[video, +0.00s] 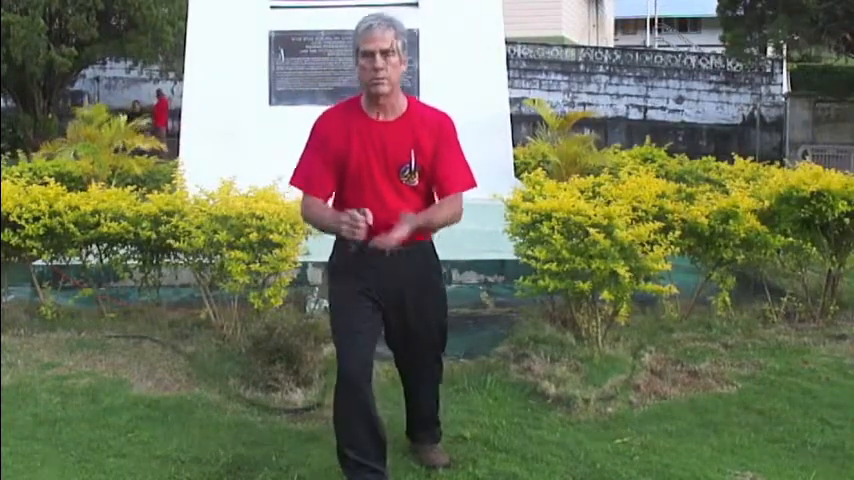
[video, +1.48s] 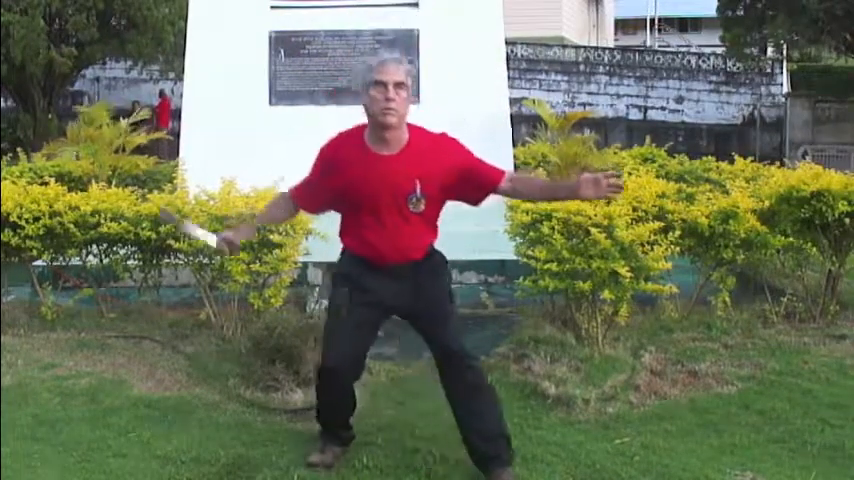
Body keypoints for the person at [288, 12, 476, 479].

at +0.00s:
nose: (377, 65)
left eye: (387, 55)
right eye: (367, 56)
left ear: (403, 62)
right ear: (355, 63)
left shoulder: (434, 124)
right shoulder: (332, 124)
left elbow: (454, 206)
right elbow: (310, 205)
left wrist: (414, 221)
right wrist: (339, 222)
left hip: (415, 263)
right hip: (353, 264)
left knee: (424, 361)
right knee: (352, 373)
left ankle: (426, 438)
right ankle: (365, 471)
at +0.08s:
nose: (383, 67)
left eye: (394, 57)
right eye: (373, 58)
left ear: (409, 63)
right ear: (361, 64)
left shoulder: (439, 125)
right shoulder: (338, 124)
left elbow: (464, 202)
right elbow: (308, 202)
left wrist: (435, 204)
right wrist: (333, 212)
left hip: (420, 264)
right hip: (358, 265)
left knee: (427, 360)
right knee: (354, 370)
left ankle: (425, 438)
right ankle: (365, 472)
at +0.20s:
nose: (396, 64)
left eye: (406, 55)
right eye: (386, 56)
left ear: (422, 61)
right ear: (375, 62)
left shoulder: (449, 123)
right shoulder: (348, 121)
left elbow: (487, 186)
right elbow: (306, 189)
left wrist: (470, 154)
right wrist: (322, 174)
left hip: (427, 261)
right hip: (366, 262)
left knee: (439, 357)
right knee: (361, 367)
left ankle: (426, 438)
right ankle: (366, 471)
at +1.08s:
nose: (375, 48)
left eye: (384, 40)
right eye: (366, 41)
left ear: (401, 50)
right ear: (355, 50)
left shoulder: (428, 109)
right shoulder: (333, 105)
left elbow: (475, 174)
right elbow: (299, 151)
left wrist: (446, 157)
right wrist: (258, 152)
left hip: (406, 241)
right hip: (347, 240)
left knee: (422, 343)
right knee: (335, 341)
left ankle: (427, 437)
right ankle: (333, 434)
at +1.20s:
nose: (365, 61)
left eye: (375, 52)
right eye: (357, 52)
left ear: (393, 62)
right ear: (347, 61)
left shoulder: (421, 119)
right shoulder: (328, 115)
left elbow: (467, 161)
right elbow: (289, 156)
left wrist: (490, 170)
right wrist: (235, 174)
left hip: (405, 247)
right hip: (344, 247)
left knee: (428, 340)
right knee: (333, 343)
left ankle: (434, 435)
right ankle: (333, 435)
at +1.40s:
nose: (376, 87)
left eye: (386, 79)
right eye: (367, 79)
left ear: (398, 89)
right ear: (354, 89)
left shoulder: (432, 143)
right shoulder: (330, 145)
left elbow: (502, 173)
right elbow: (286, 182)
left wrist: (563, 182)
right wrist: (237, 214)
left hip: (415, 265)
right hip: (352, 267)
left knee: (450, 352)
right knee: (331, 361)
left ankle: (487, 462)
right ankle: (333, 436)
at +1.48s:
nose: (390, 96)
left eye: (399, 88)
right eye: (380, 87)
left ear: (411, 98)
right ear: (364, 97)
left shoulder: (440, 153)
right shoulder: (339, 154)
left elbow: (511, 183)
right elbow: (294, 201)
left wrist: (575, 187)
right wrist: (245, 228)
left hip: (422, 272)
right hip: (359, 273)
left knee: (455, 356)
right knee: (335, 366)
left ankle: (497, 465)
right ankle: (334, 438)